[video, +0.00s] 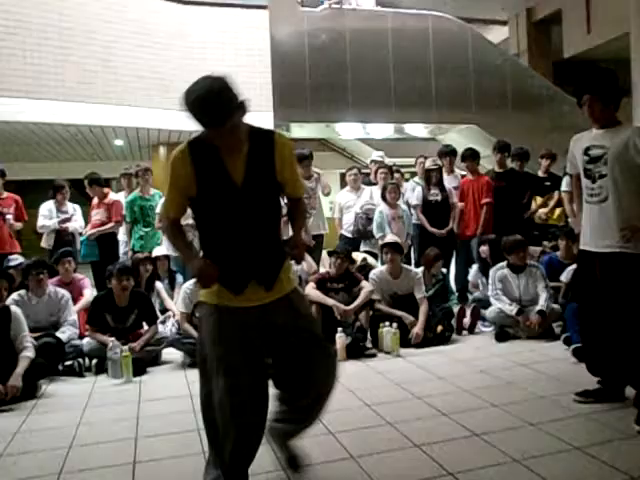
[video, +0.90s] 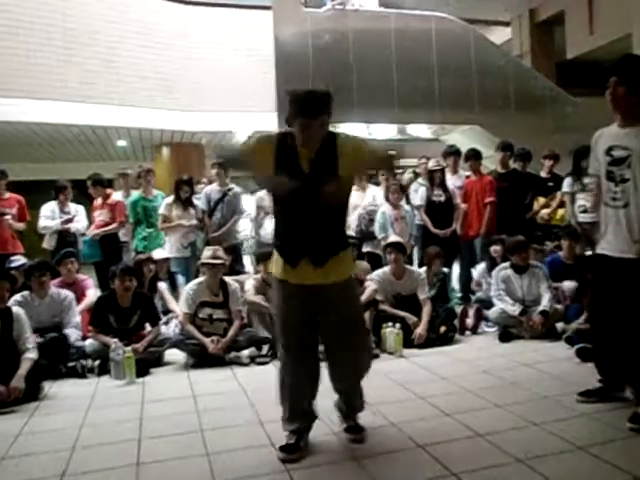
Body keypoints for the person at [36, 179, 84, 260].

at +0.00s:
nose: (65, 196)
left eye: (66, 193)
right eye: (61, 193)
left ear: (69, 194)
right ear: (55, 194)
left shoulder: (75, 208)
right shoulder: (46, 207)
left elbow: (81, 225)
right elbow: (40, 226)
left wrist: (69, 227)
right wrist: (57, 223)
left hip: (71, 240)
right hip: (54, 240)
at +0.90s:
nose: (67, 197)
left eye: (69, 194)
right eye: (64, 194)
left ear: (71, 194)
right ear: (58, 195)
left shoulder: (79, 208)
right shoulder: (48, 207)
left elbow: (83, 226)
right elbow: (42, 227)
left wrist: (69, 228)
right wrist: (60, 224)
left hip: (72, 241)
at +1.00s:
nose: (73, 196)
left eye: (75, 193)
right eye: (70, 194)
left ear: (78, 194)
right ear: (64, 195)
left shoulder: (84, 208)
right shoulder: (55, 207)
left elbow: (89, 226)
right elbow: (49, 226)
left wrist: (76, 227)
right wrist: (66, 223)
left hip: (79, 239)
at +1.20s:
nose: (77, 190)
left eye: (78, 187)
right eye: (74, 187)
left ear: (81, 188)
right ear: (68, 188)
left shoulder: (88, 201)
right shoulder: (59, 199)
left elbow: (93, 219)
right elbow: (53, 219)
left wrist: (79, 220)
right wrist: (70, 216)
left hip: (82, 231)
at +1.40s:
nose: (72, 187)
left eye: (73, 184)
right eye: (69, 185)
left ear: (76, 185)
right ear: (62, 185)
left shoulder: (82, 198)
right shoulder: (53, 196)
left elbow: (88, 216)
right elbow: (47, 216)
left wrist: (74, 217)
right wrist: (65, 214)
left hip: (77, 231)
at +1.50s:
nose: (66, 186)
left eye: (68, 183)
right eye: (63, 183)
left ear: (70, 183)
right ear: (56, 184)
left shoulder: (76, 197)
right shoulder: (47, 195)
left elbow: (81, 215)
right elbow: (41, 215)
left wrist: (68, 216)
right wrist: (59, 212)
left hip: (71, 228)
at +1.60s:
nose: (61, 186)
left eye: (62, 183)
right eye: (57, 183)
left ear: (65, 183)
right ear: (51, 184)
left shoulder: (71, 197)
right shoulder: (42, 196)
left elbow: (76, 215)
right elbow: (36, 215)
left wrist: (62, 216)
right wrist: (54, 213)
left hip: (66, 229)